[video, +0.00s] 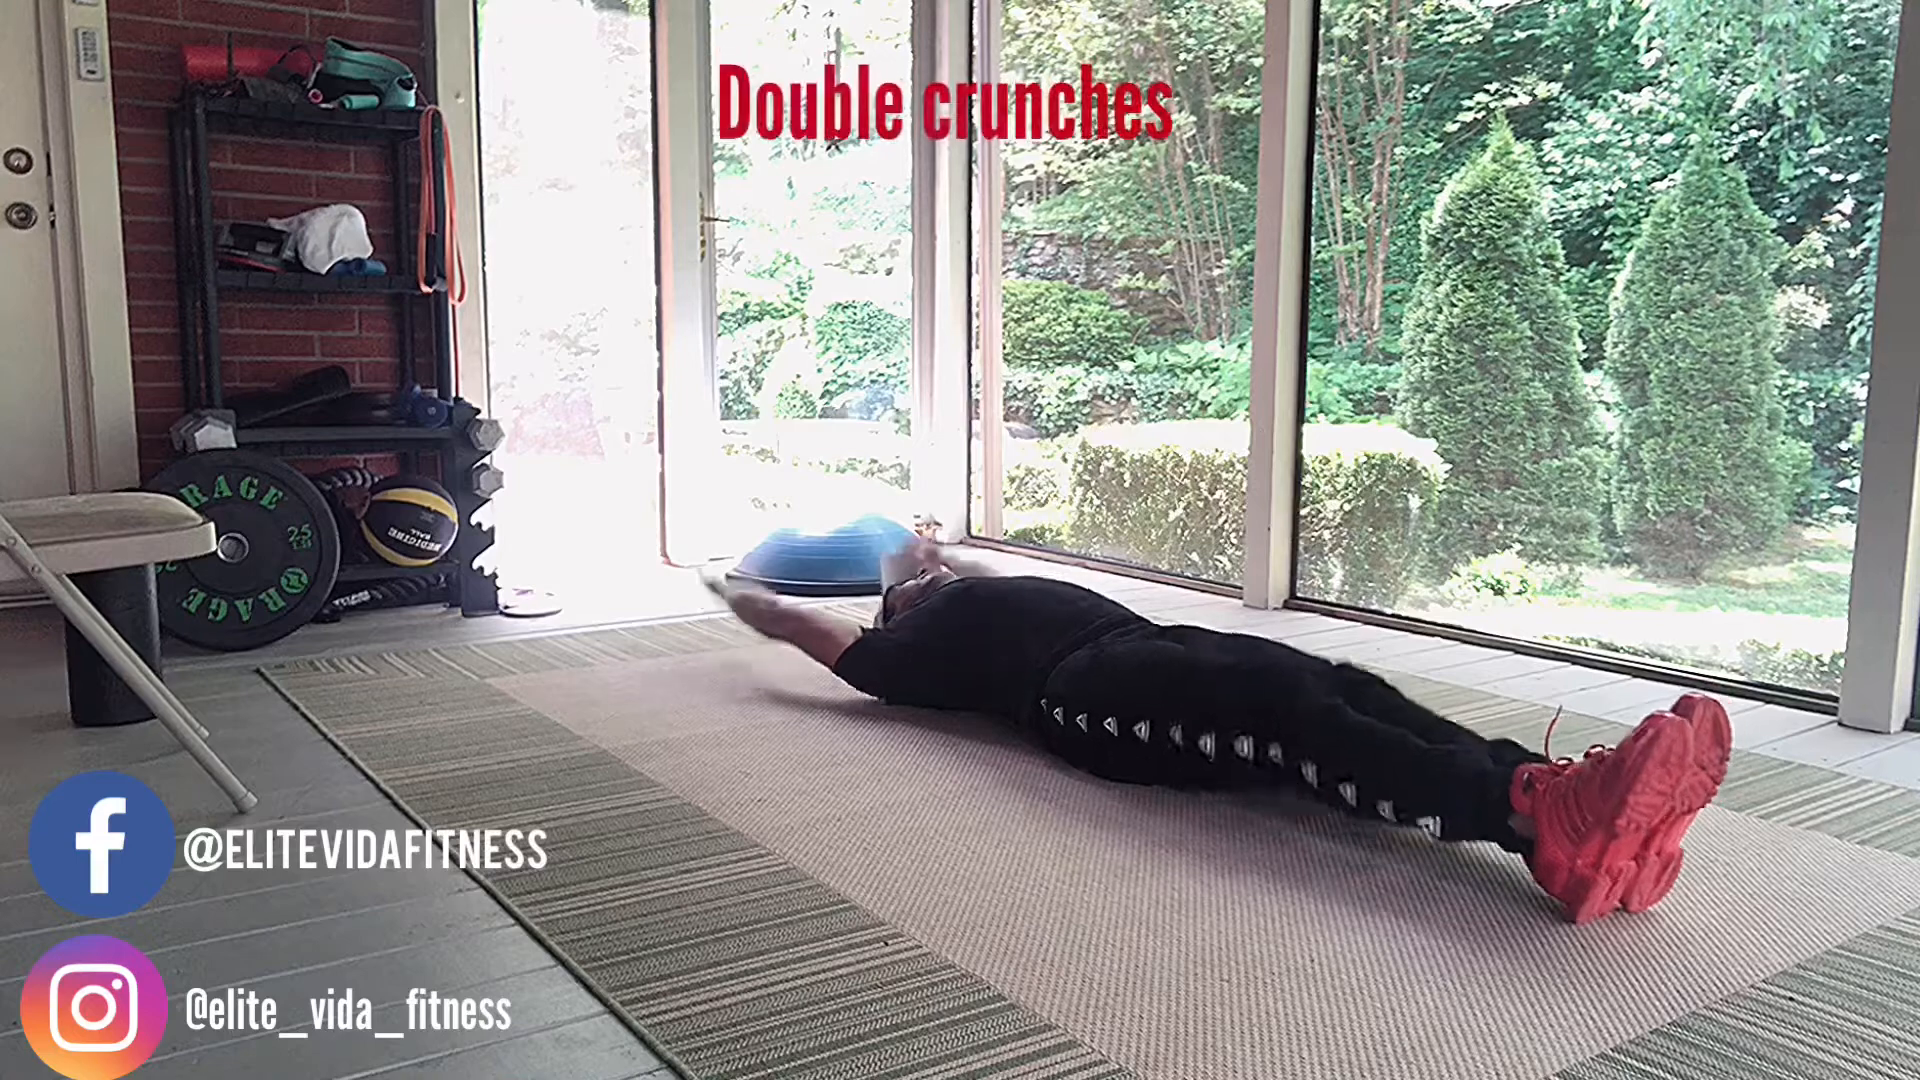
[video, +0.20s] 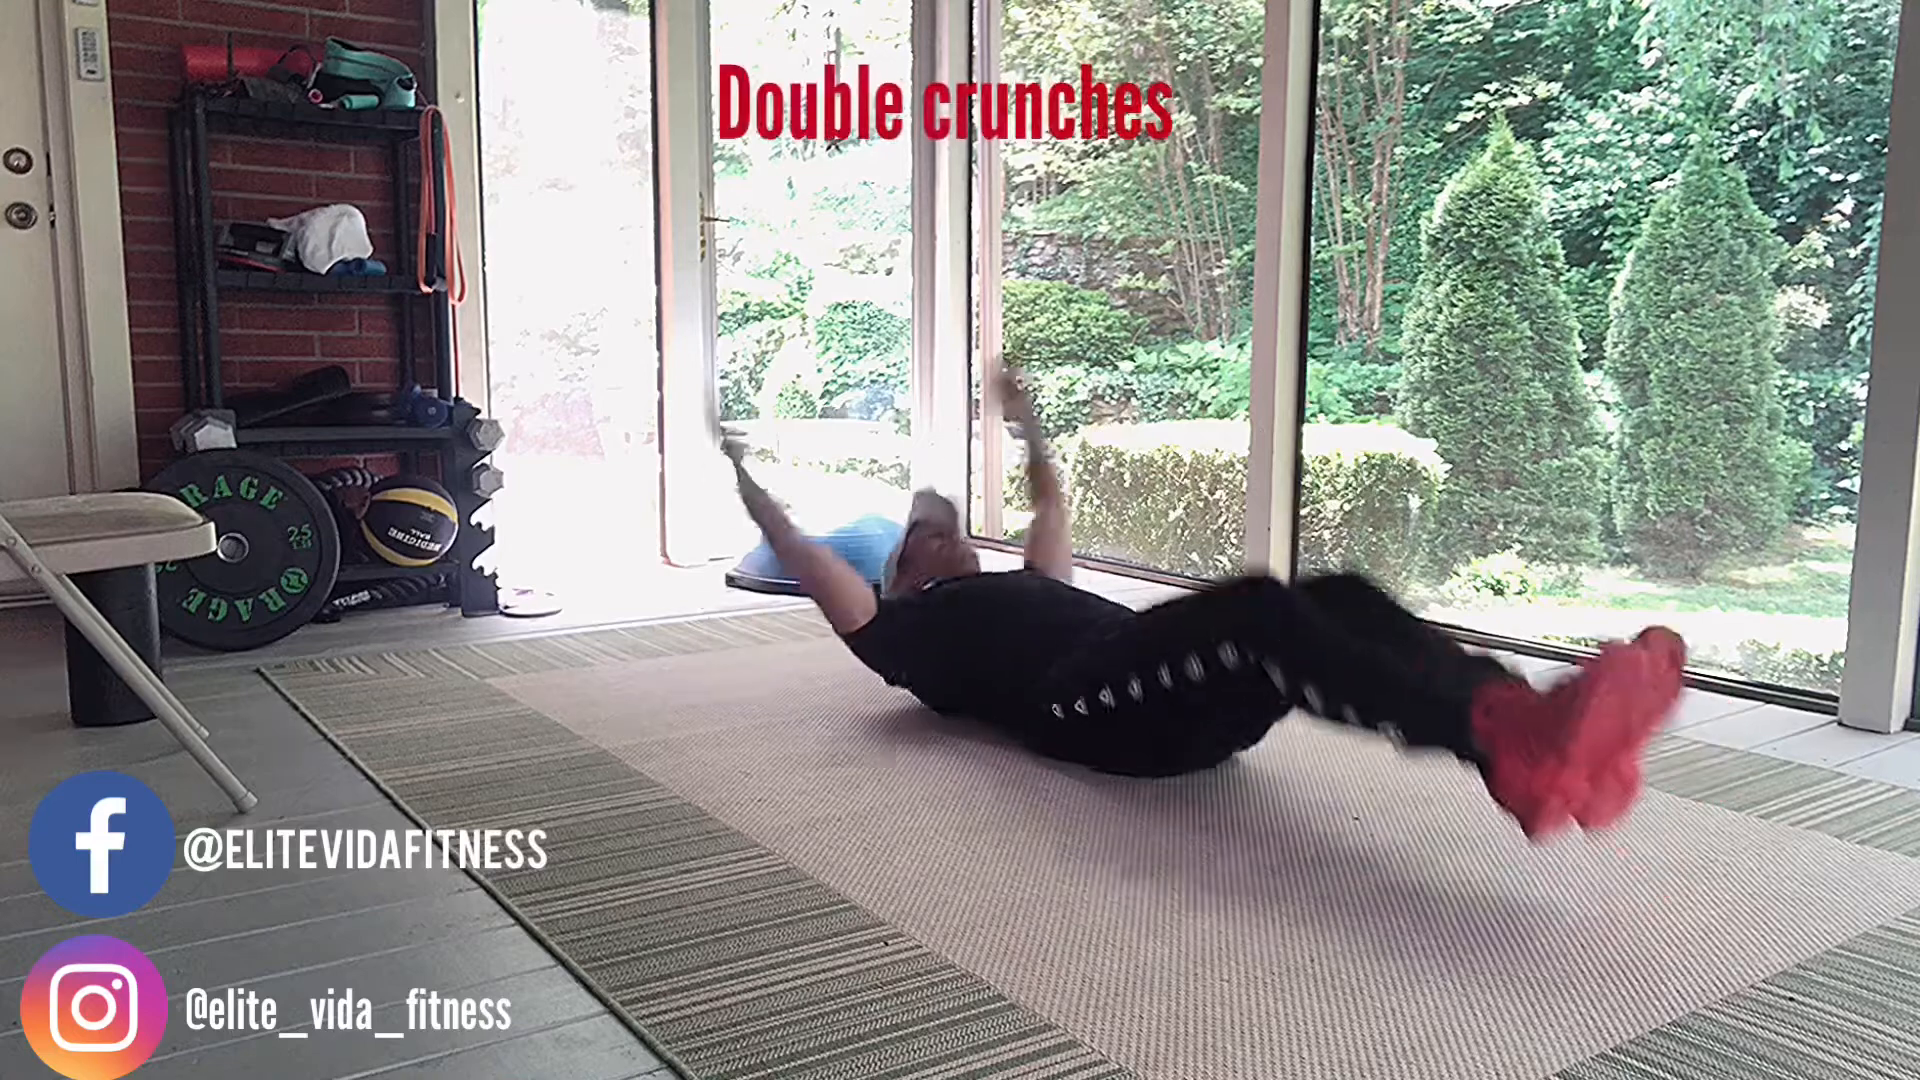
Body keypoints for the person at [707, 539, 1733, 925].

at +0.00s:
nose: (928, 543)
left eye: (932, 540)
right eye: (908, 550)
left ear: (950, 559)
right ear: (885, 587)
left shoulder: (1006, 585)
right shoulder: (882, 644)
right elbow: (748, 600)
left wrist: (945, 544)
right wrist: (793, 585)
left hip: (1144, 644)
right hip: (1077, 685)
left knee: (1335, 680)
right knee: (1283, 699)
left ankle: (1564, 839)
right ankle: (1545, 811)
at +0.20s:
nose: (944, 535)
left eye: (949, 528)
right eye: (925, 534)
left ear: (968, 548)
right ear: (898, 565)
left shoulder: (1020, 587)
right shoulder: (894, 623)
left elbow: (1052, 518)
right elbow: (803, 557)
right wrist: (747, 479)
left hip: (1169, 677)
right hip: (1094, 706)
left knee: (1338, 595)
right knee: (1259, 608)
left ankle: (1543, 742)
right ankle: (1511, 740)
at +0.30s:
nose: (970, 518)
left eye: (974, 512)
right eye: (948, 516)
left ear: (994, 536)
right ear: (907, 550)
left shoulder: (1042, 576)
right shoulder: (906, 620)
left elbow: (1094, 480)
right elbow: (828, 535)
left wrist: (1106, 367)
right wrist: (789, 446)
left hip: (1173, 685)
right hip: (1110, 715)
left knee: (1297, 530)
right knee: (1221, 549)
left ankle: (1484, 661)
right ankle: (1463, 670)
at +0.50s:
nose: (1005, 500)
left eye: (1009, 487)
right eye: (985, 490)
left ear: (1018, 500)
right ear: (944, 513)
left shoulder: (1067, 560)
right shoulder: (934, 599)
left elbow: (1208, 518)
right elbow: (916, 562)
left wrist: (1268, 382)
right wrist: (921, 489)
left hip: (1185, 692)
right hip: (1092, 703)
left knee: (1211, 450)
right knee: (1113, 463)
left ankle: (1373, 551)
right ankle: (1339, 533)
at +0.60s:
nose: (1025, 500)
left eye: (1025, 485)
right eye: (1004, 487)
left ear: (1034, 495)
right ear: (968, 499)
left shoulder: (1065, 556)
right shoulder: (931, 584)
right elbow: (976, 532)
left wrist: (1100, 457)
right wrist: (1039, 446)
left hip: (1180, 694)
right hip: (1085, 708)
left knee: (1174, 432)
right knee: (1088, 460)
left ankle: (1326, 509)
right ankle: (1270, 501)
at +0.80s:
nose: (1030, 498)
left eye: (1034, 485)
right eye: (1014, 485)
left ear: (1041, 487)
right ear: (976, 490)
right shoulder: (939, 569)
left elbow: (1215, 545)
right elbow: (1002, 559)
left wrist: (1322, 516)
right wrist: (1090, 517)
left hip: (1189, 693)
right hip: (1089, 706)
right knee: (1061, 455)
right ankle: (1225, 462)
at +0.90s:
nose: (1041, 494)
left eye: (1042, 481)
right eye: (1021, 483)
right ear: (971, 497)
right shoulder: (935, 572)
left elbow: (1221, 541)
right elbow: (998, 558)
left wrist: (1318, 496)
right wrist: (1079, 505)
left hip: (1189, 693)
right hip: (1088, 705)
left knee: (1150, 481)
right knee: (1068, 440)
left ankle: (1309, 502)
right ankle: (1235, 463)